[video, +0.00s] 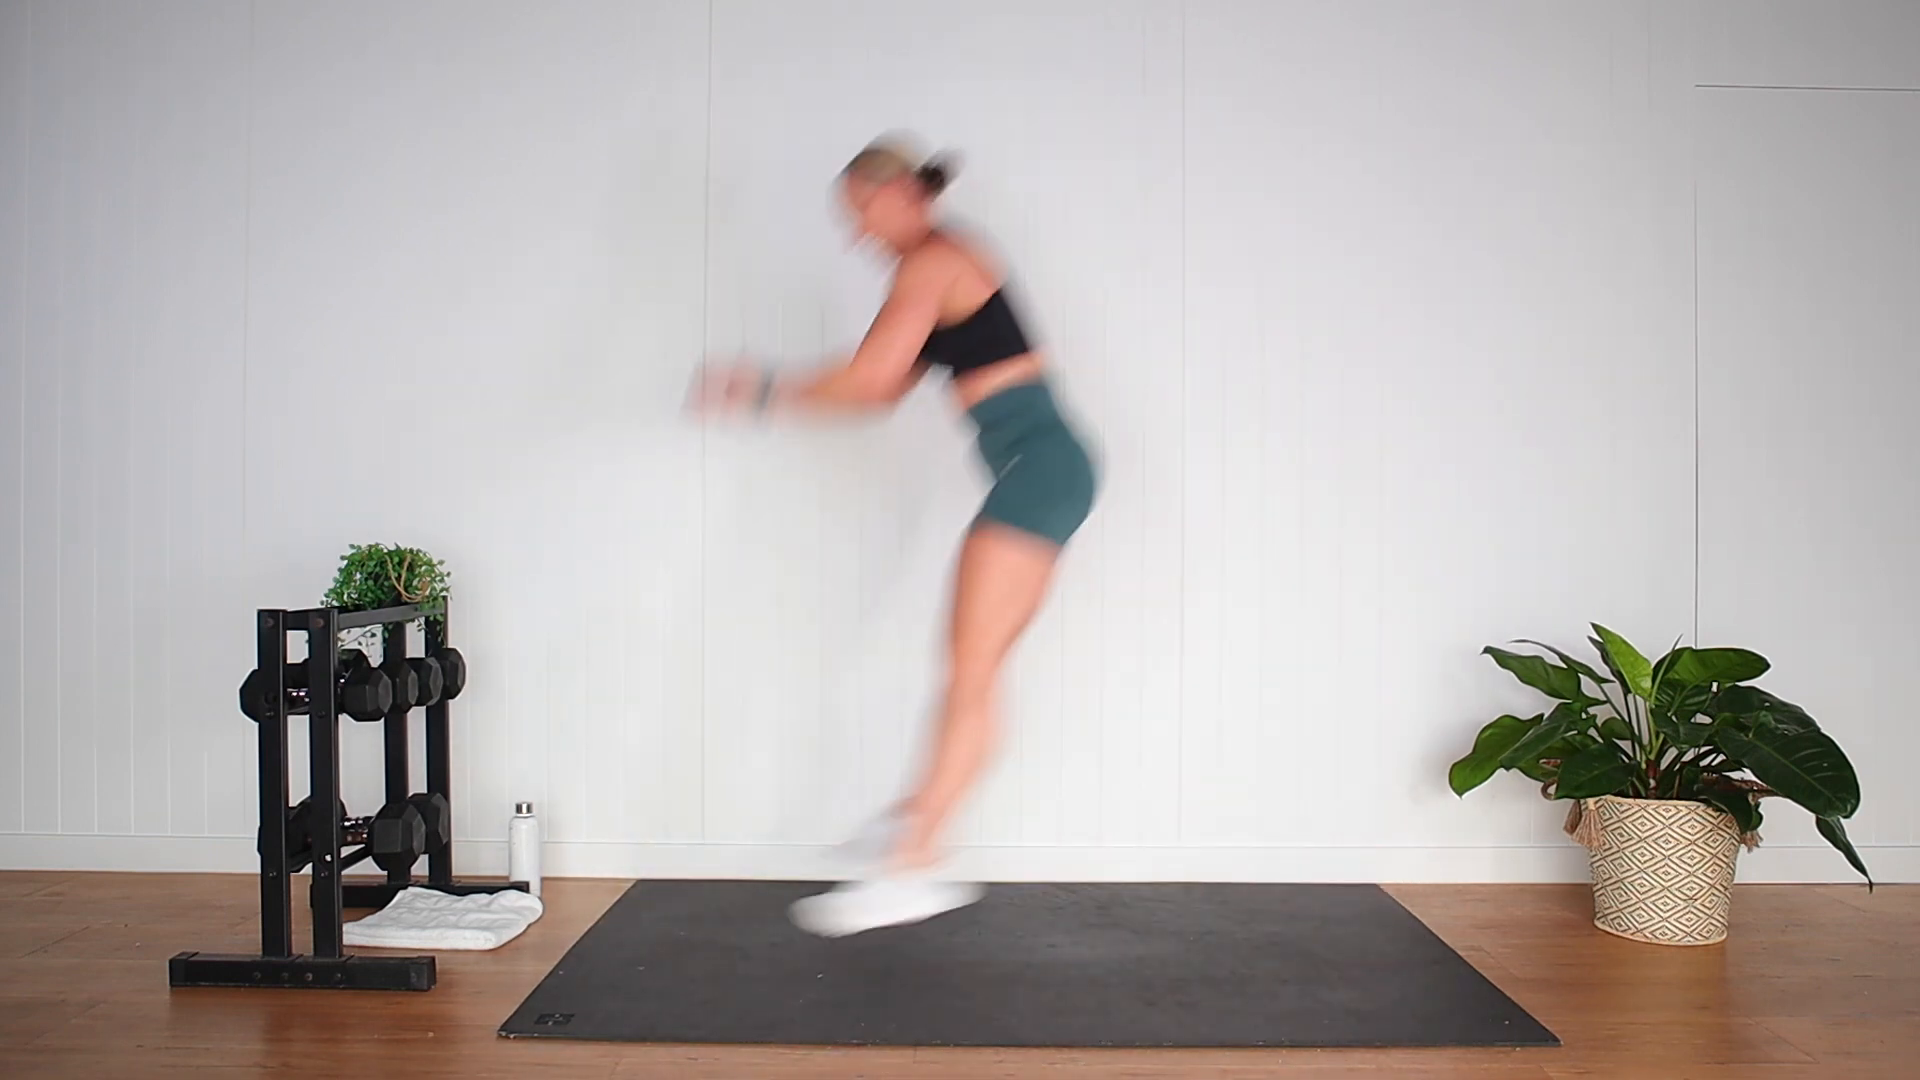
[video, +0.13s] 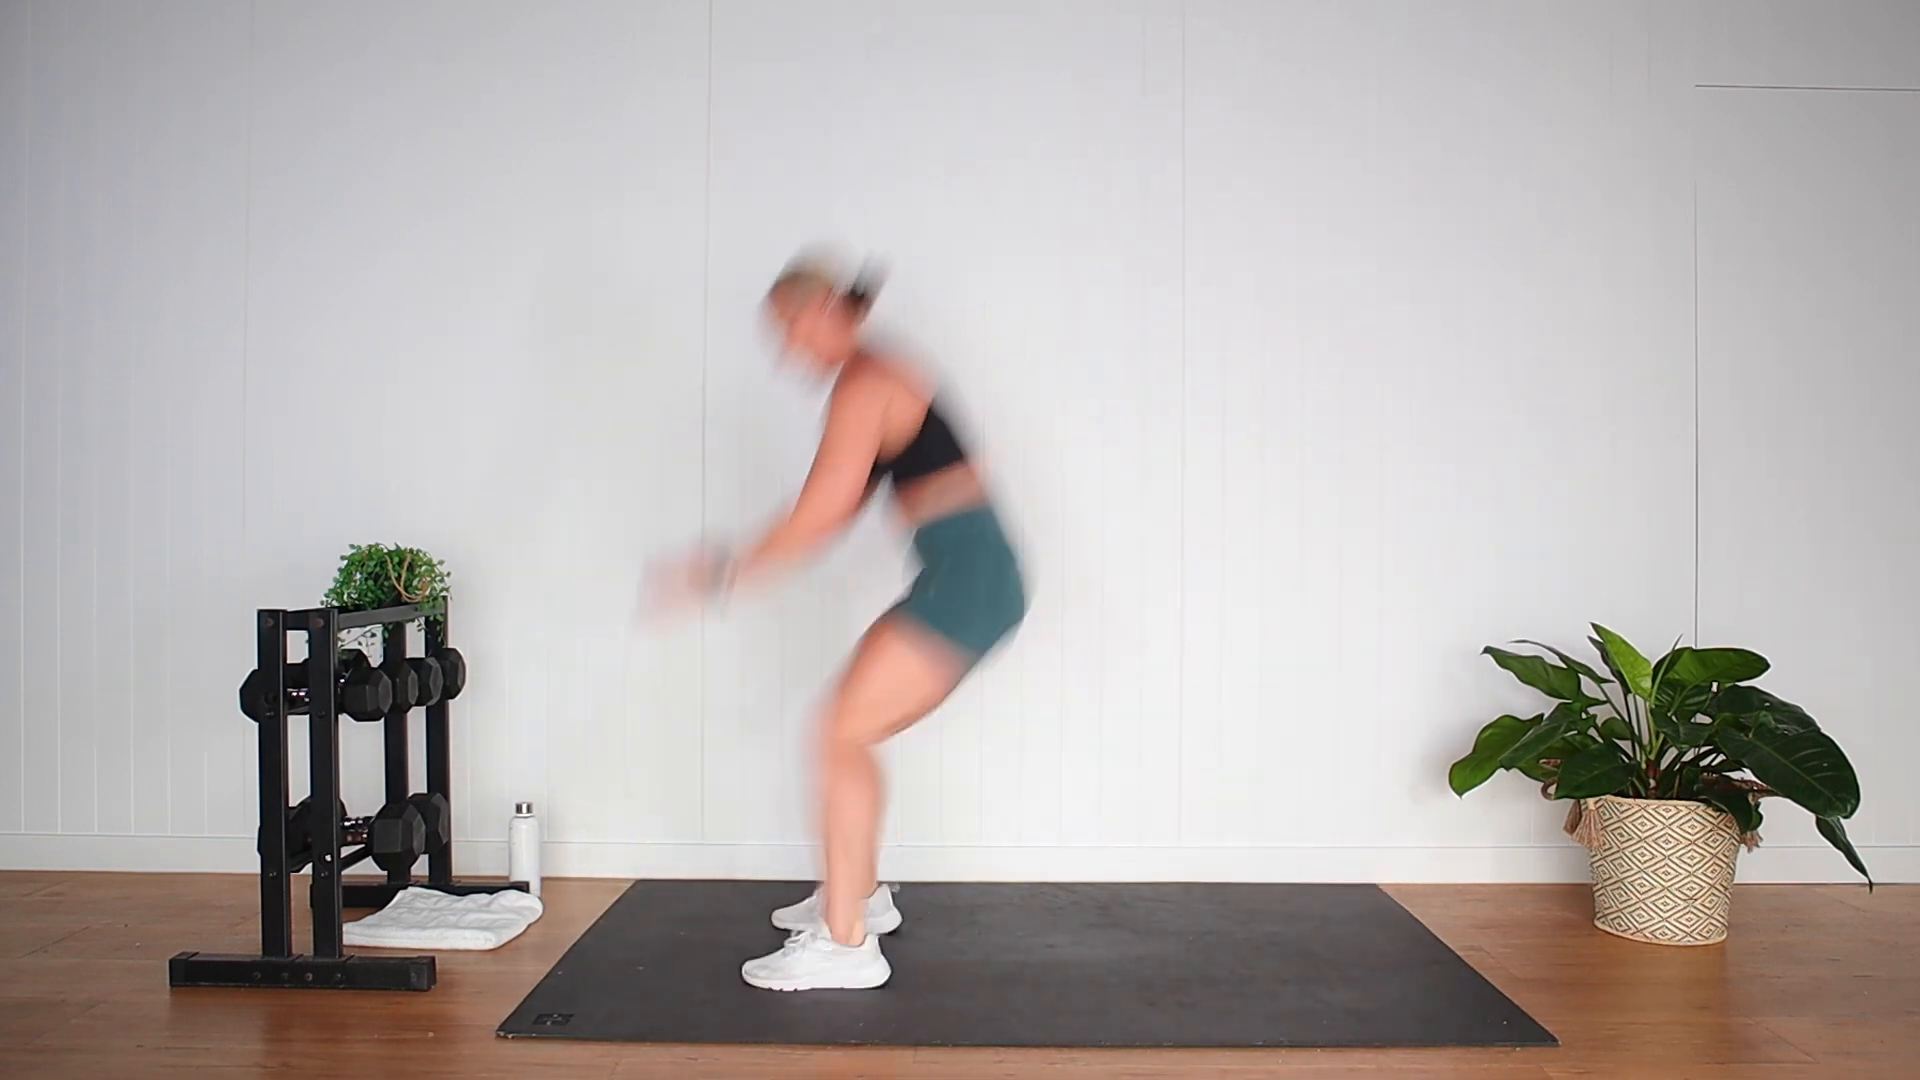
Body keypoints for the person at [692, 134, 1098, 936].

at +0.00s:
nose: (858, 229)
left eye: (864, 210)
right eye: (854, 214)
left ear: (902, 196)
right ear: (903, 200)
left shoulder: (934, 264)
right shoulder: (948, 258)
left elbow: (872, 380)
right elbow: (878, 388)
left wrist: (766, 391)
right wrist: (771, 390)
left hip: (1038, 463)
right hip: (1043, 460)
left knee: (973, 662)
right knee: (975, 659)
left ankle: (919, 859)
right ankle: (918, 823)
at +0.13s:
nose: (791, 348)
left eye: (792, 330)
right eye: (786, 333)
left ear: (827, 314)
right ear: (826, 315)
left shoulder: (867, 386)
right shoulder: (882, 375)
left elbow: (822, 513)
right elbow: (831, 508)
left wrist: (731, 573)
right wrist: (741, 562)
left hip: (967, 579)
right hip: (970, 575)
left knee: (843, 732)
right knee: (848, 726)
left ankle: (845, 941)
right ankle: (858, 891)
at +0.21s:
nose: (736, 431)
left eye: (739, 412)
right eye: (731, 416)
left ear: (774, 398)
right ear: (776, 399)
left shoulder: (820, 470)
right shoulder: (836, 456)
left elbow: (776, 608)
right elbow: (793, 605)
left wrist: (706, 697)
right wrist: (717, 683)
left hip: (949, 634)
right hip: (951, 627)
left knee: (787, 742)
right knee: (804, 736)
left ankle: (840, 941)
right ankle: (858, 892)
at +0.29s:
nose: (689, 508)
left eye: (688, 491)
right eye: (682, 496)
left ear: (717, 473)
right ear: (726, 473)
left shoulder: (769, 535)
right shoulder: (790, 518)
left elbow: (740, 675)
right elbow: (764, 673)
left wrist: (698, 784)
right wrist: (721, 763)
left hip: (947, 643)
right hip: (960, 635)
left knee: (783, 742)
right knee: (801, 736)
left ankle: (840, 939)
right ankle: (860, 895)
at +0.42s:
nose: (639, 645)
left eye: (632, 631)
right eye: (629, 635)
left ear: (654, 603)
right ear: (661, 597)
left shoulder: (717, 634)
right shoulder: (735, 617)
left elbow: (710, 773)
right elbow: (741, 761)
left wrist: (695, 905)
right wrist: (727, 859)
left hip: (936, 649)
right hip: (941, 640)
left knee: (772, 746)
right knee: (792, 739)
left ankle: (842, 938)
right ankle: (862, 897)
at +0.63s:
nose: (652, 742)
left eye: (638, 734)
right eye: (638, 740)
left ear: (643, 693)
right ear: (648, 683)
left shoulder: (705, 685)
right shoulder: (727, 671)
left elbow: (723, 836)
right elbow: (746, 807)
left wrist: (710, 955)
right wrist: (733, 902)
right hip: (908, 584)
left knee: (794, 735)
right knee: (808, 731)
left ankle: (842, 939)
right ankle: (861, 895)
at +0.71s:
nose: (680, 754)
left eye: (663, 747)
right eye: (665, 754)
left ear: (662, 705)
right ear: (662, 700)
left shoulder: (714, 677)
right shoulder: (733, 680)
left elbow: (726, 828)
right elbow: (747, 806)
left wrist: (711, 955)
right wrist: (734, 900)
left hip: (891, 527)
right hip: (886, 525)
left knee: (855, 719)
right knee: (859, 716)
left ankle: (886, 928)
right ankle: (888, 890)